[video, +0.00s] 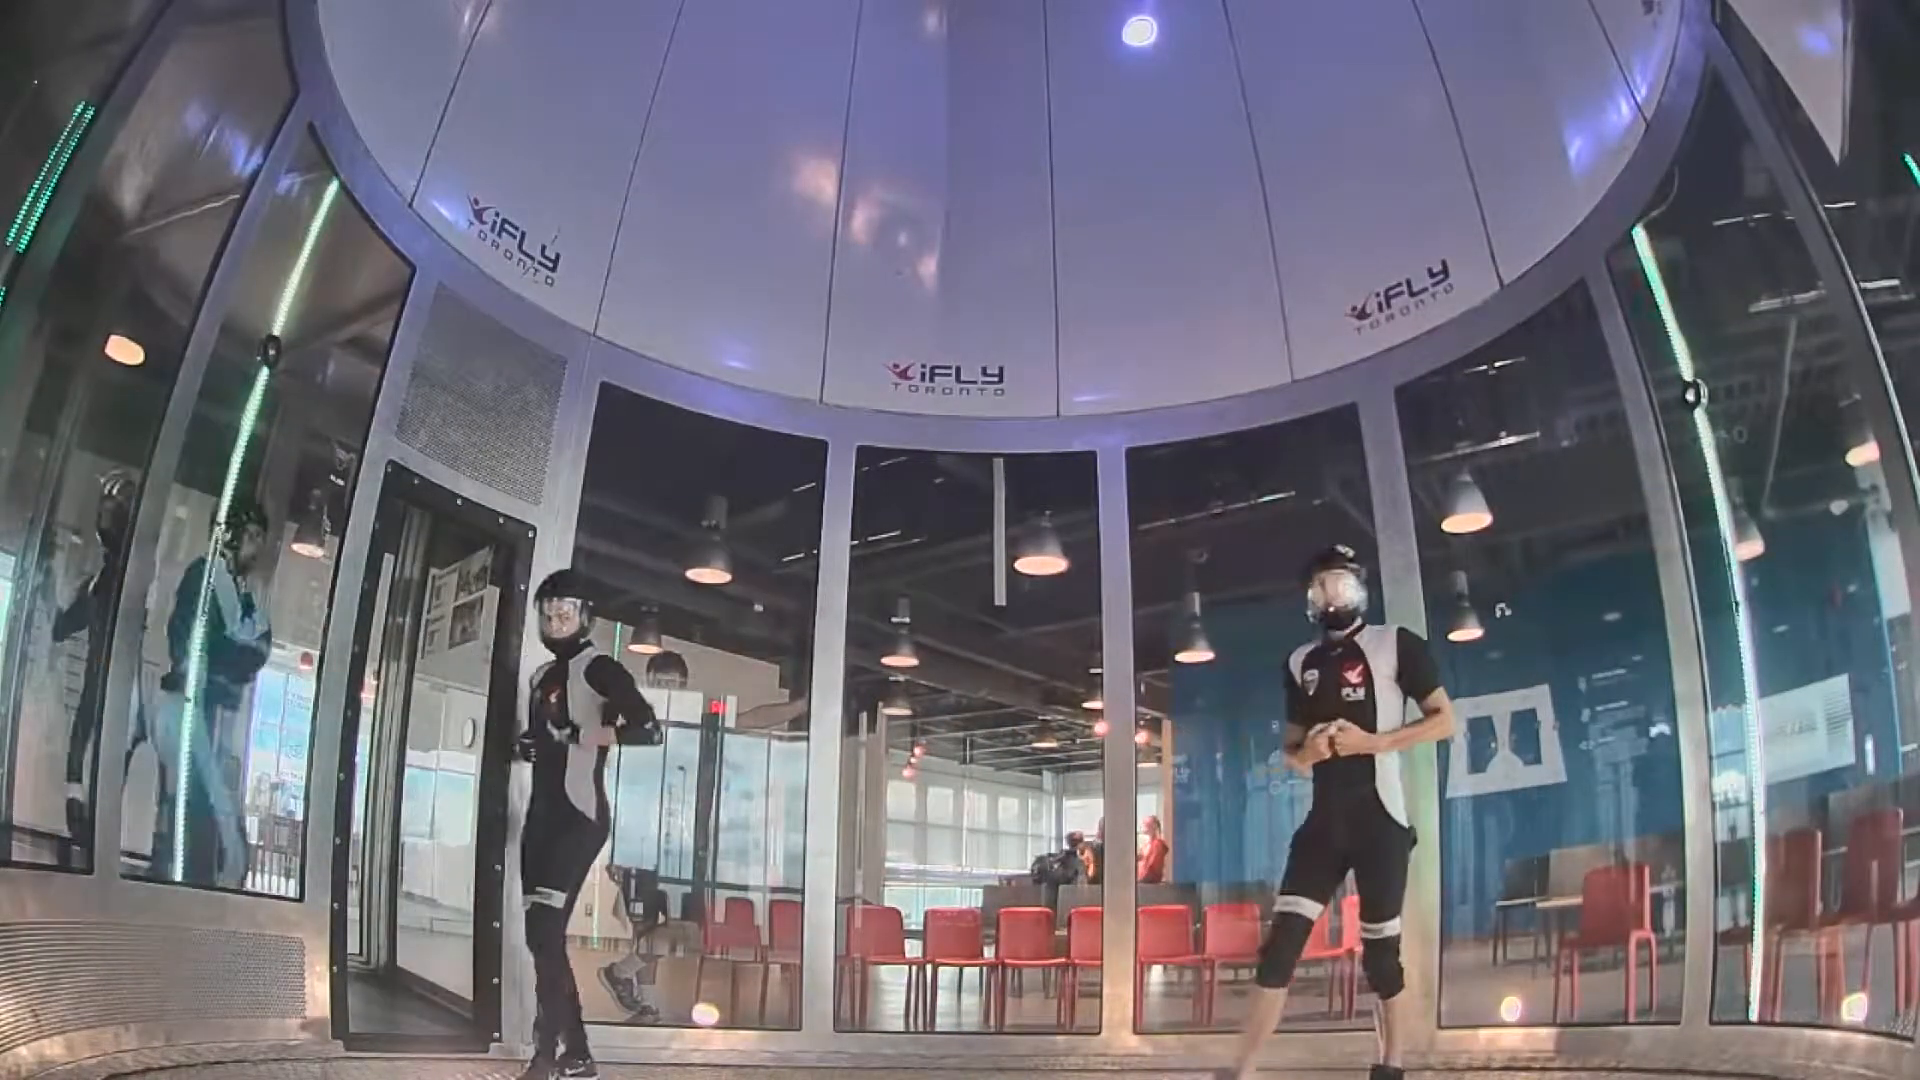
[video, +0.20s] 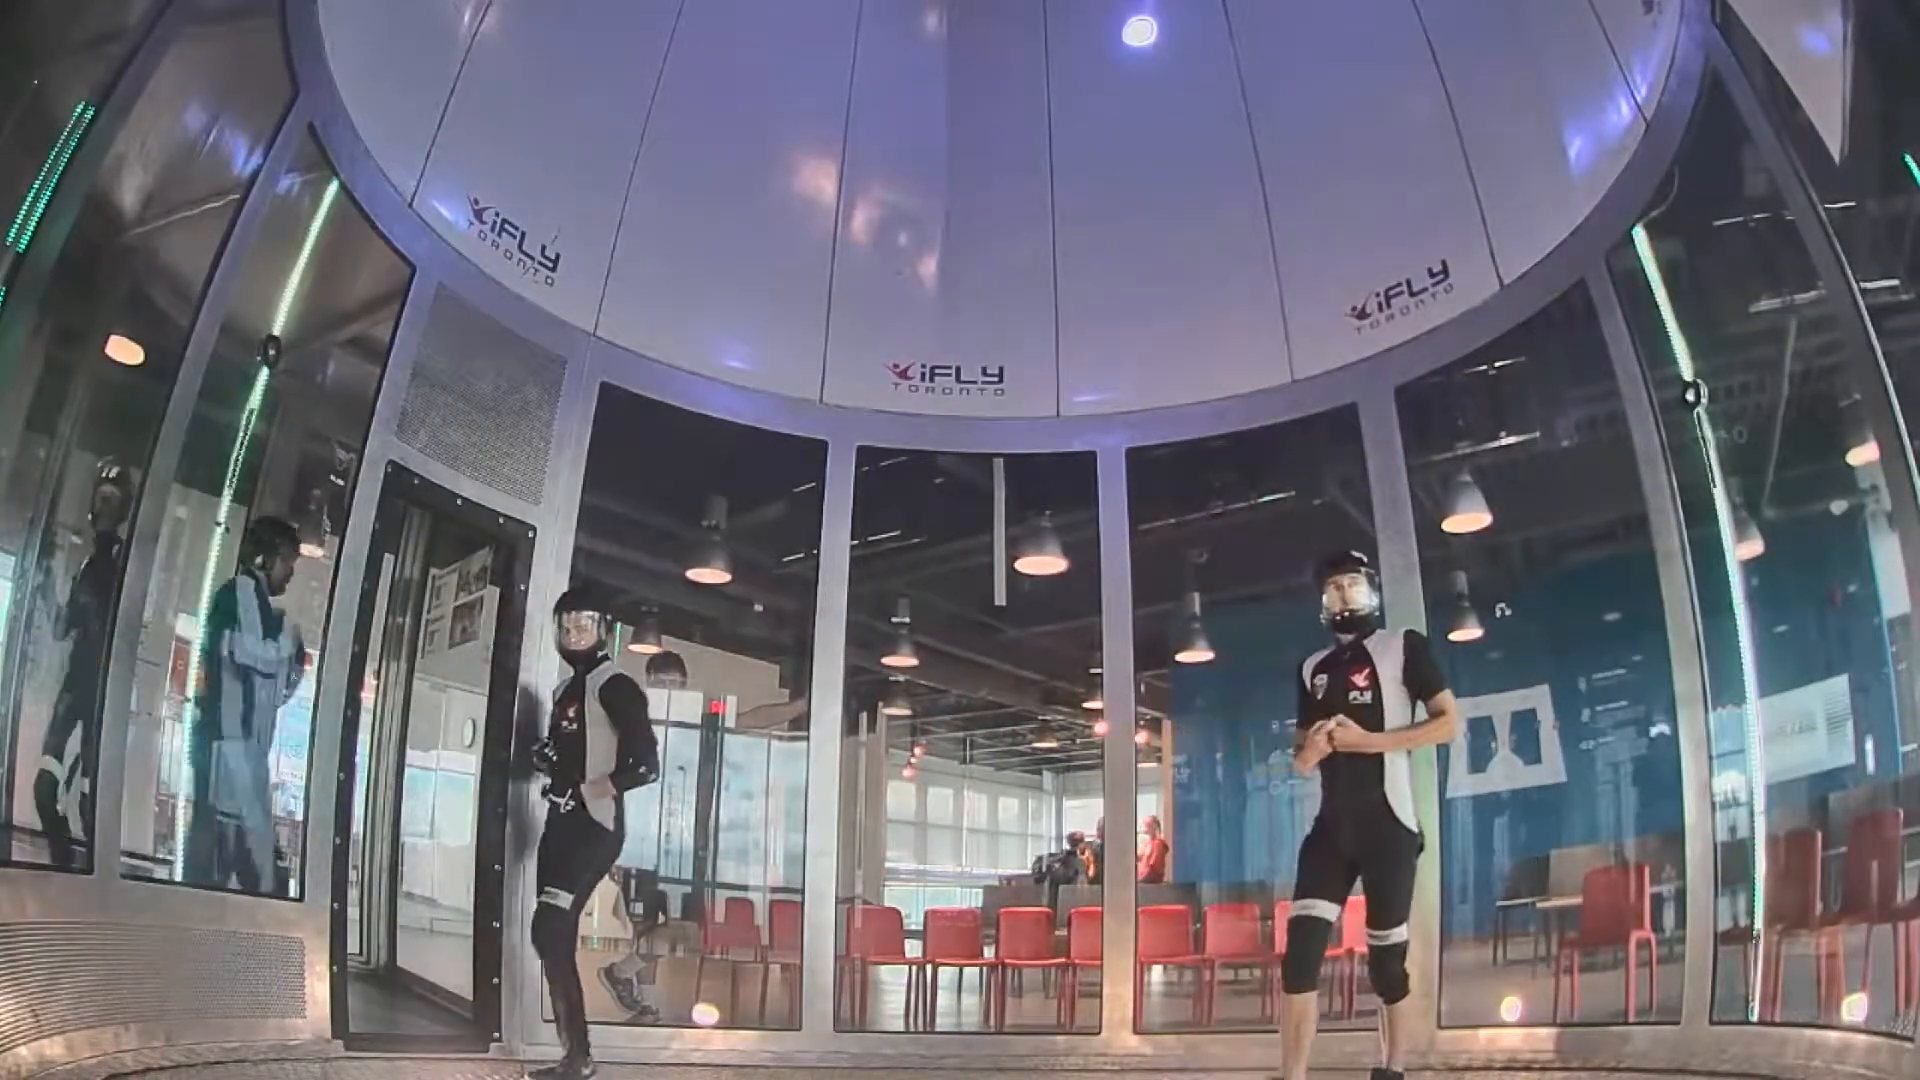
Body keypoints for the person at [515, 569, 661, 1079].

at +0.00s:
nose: (558, 617)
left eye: (568, 608)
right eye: (550, 608)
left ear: (585, 615)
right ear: (540, 615)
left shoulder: (597, 667)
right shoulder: (540, 677)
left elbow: (650, 729)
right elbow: (540, 741)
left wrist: (586, 733)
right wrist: (518, 746)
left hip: (582, 812)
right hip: (543, 809)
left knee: (544, 930)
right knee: (542, 932)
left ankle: (548, 1053)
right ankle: (576, 1052)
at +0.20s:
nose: (576, 633)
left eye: (586, 623)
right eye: (568, 624)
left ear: (603, 629)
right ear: (557, 631)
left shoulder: (616, 685)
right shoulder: (568, 689)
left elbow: (645, 764)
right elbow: (557, 755)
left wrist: (590, 787)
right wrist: (539, 756)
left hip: (594, 822)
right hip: (564, 818)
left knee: (550, 931)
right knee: (555, 937)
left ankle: (578, 1053)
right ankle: (575, 1052)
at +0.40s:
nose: (592, 630)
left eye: (602, 621)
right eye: (584, 621)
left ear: (618, 626)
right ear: (575, 626)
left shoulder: (632, 678)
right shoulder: (576, 686)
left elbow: (649, 762)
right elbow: (576, 757)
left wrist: (587, 789)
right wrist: (556, 773)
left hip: (610, 818)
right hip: (574, 813)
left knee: (586, 937)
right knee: (563, 936)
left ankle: (618, 1056)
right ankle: (578, 1053)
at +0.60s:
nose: (603, 638)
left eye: (613, 630)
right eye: (598, 630)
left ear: (634, 635)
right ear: (591, 638)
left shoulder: (651, 687)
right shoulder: (595, 692)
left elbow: (665, 767)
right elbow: (586, 760)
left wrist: (603, 792)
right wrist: (570, 780)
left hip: (624, 826)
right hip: (583, 822)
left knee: (614, 946)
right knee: (570, 944)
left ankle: (622, 1062)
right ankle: (579, 1059)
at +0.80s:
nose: (603, 634)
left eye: (612, 626)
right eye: (599, 626)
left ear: (639, 627)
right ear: (598, 631)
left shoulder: (656, 682)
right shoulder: (605, 689)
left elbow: (669, 763)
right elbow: (594, 755)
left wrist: (611, 792)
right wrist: (573, 779)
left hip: (627, 825)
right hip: (587, 819)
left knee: (617, 946)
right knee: (571, 940)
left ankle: (620, 1062)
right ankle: (578, 1055)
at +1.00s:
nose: (615, 636)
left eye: (625, 628)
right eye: (608, 629)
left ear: (645, 635)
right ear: (600, 636)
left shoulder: (655, 686)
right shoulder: (600, 694)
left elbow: (666, 766)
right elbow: (596, 763)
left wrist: (603, 788)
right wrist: (573, 778)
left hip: (623, 826)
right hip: (584, 820)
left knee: (615, 948)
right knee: (568, 946)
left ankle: (620, 1061)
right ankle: (578, 1056)